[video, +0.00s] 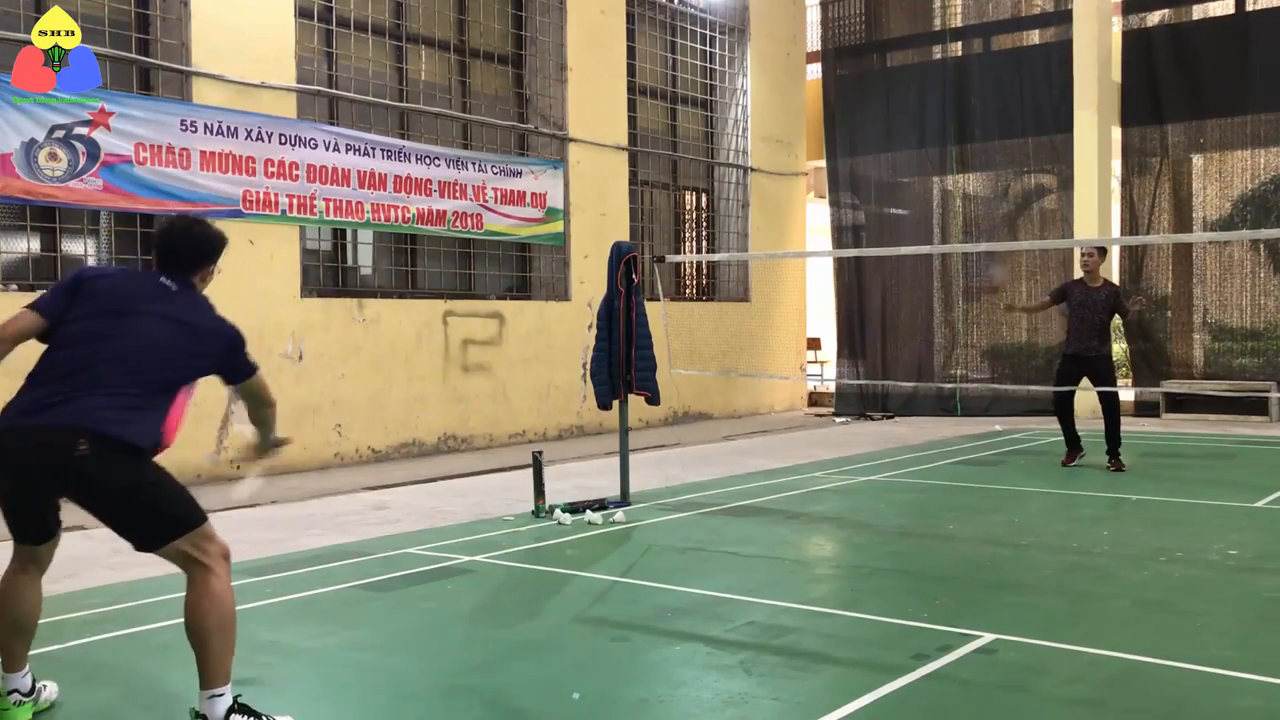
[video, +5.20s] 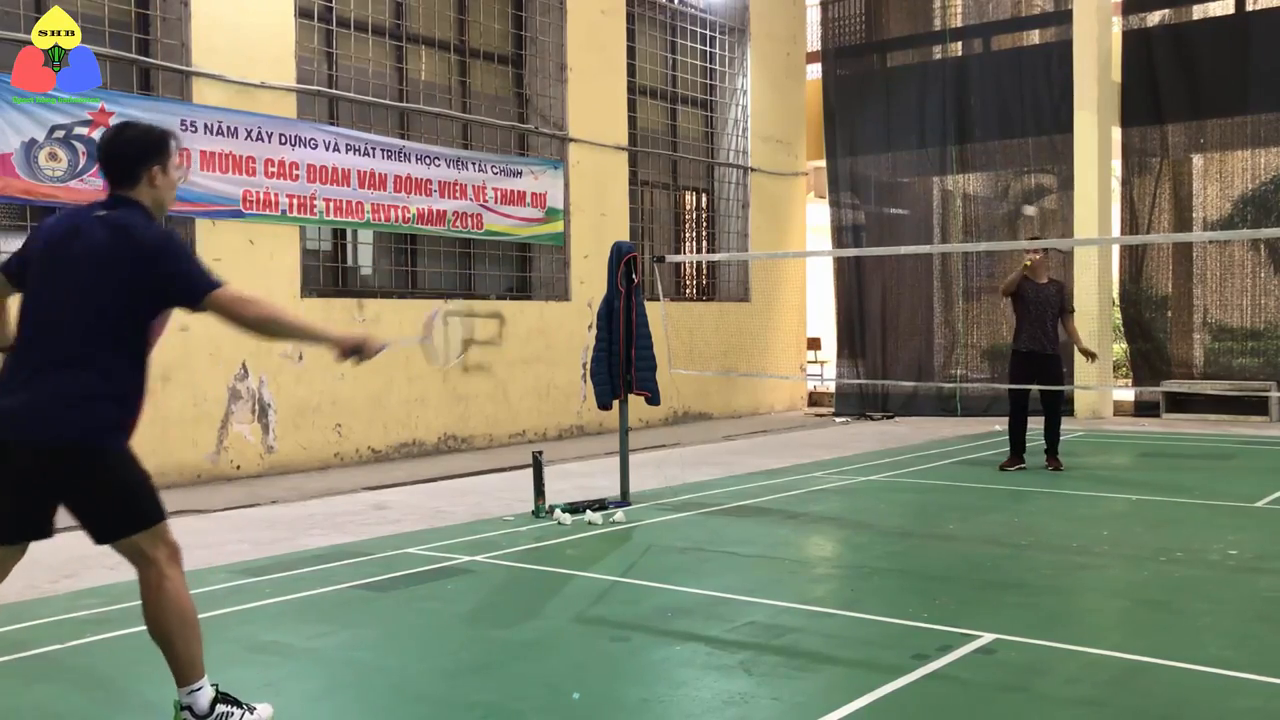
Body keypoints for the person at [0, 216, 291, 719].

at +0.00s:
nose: (213, 276)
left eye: (215, 269)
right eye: (214, 269)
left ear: (156, 256)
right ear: (205, 271)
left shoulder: (91, 281)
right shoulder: (209, 326)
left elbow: (8, 333)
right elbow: (261, 399)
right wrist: (267, 440)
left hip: (21, 439)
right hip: (104, 449)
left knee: (29, 555)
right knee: (208, 559)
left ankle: (14, 688)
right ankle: (217, 706)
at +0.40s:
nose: (171, 249)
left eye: (170, 238)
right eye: (168, 239)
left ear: (106, 242)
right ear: (150, 243)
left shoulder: (47, 272)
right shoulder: (149, 293)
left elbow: (14, 346)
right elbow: (222, 389)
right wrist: (276, 429)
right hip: (32, 426)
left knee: (24, 547)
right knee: (118, 560)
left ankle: (18, 687)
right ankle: (162, 706)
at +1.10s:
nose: (157, 228)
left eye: (158, 219)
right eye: (158, 220)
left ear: (95, 212)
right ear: (148, 224)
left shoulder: (18, 248)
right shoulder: (144, 282)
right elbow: (246, 320)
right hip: (30, 438)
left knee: (8, 551)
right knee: (97, 565)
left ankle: (8, 681)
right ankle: (104, 711)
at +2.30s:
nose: (93, 164)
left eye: (90, 153)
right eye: (89, 154)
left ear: (26, 165)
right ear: (73, 163)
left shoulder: (3, 216)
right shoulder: (81, 238)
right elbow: (177, 304)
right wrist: (271, 334)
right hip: (28, 420)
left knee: (5, 546)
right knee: (99, 549)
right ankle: (107, 697)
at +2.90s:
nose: (185, 148)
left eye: (181, 136)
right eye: (179, 138)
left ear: (114, 152)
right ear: (164, 151)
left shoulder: (63, 208)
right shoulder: (184, 236)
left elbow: (3, 269)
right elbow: (272, 317)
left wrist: (37, 314)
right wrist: (323, 311)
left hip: (25, 408)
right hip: (106, 420)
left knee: (7, 552)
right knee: (158, 556)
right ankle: (168, 706)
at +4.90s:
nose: (228, 165)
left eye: (227, 156)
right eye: (226, 157)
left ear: (159, 159)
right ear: (215, 163)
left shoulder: (100, 212)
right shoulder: (235, 240)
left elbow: (10, 270)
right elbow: (332, 271)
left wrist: (2, 334)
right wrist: (418, 286)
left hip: (61, 411)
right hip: (148, 422)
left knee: (28, 542)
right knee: (198, 546)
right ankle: (203, 699)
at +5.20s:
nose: (177, 181)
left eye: (175, 168)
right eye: (173, 169)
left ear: (113, 175)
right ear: (152, 174)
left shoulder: (56, 227)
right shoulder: (156, 243)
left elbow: (1, 288)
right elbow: (238, 308)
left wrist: (13, 347)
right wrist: (331, 337)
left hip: (15, 431)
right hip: (85, 438)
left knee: (5, 551)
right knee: (158, 557)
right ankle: (198, 700)